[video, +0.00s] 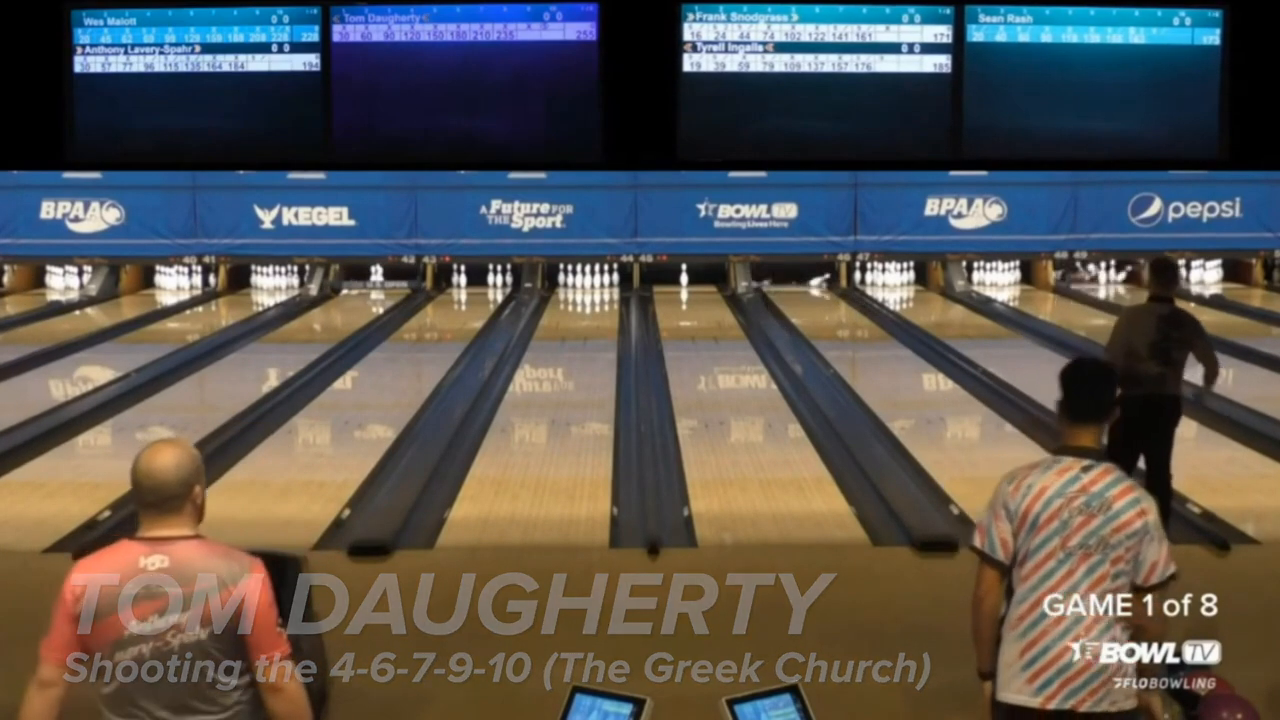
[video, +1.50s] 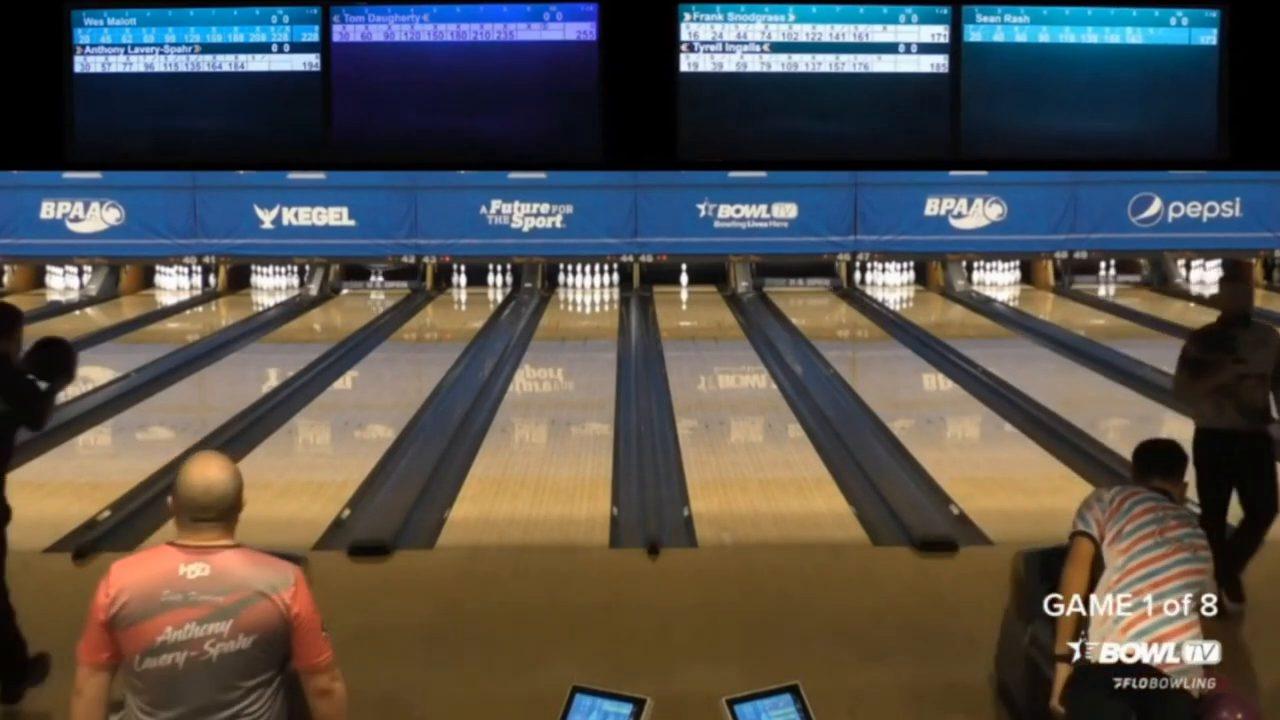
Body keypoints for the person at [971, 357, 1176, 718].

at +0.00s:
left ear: (1060, 409)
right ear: (1114, 415)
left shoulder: (1018, 486)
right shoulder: (1137, 503)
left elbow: (987, 593)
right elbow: (1148, 610)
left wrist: (987, 673)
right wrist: (1147, 682)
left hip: (1024, 688)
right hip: (1104, 693)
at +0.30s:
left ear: (1121, 429)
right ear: (1178, 435)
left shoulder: (1080, 483)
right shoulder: (1189, 512)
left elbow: (1044, 579)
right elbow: (1209, 601)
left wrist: (1032, 668)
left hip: (1071, 686)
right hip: (1148, 697)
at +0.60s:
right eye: (1191, 464)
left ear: (1138, 455)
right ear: (1189, 467)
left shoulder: (1101, 493)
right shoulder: (1198, 524)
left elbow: (1062, 594)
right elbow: (1207, 620)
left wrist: (1051, 667)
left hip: (1092, 685)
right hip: (1167, 698)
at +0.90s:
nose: (1188, 486)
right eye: (1188, 480)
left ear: (1140, 469)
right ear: (1185, 481)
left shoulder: (1108, 498)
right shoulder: (1193, 525)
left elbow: (1077, 585)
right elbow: (1205, 610)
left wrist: (1062, 658)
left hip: (1108, 681)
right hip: (1177, 693)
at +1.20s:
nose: (1189, 491)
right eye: (1190, 485)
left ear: (1140, 471)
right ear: (1187, 485)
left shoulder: (1108, 497)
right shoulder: (1195, 528)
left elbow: (1073, 583)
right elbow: (1207, 614)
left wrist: (1062, 657)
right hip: (1179, 690)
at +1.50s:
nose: (1185, 491)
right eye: (1185, 486)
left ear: (1134, 475)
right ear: (1181, 485)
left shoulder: (1107, 499)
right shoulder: (1192, 522)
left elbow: (1074, 582)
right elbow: (1207, 603)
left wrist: (1063, 658)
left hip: (1107, 679)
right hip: (1178, 691)